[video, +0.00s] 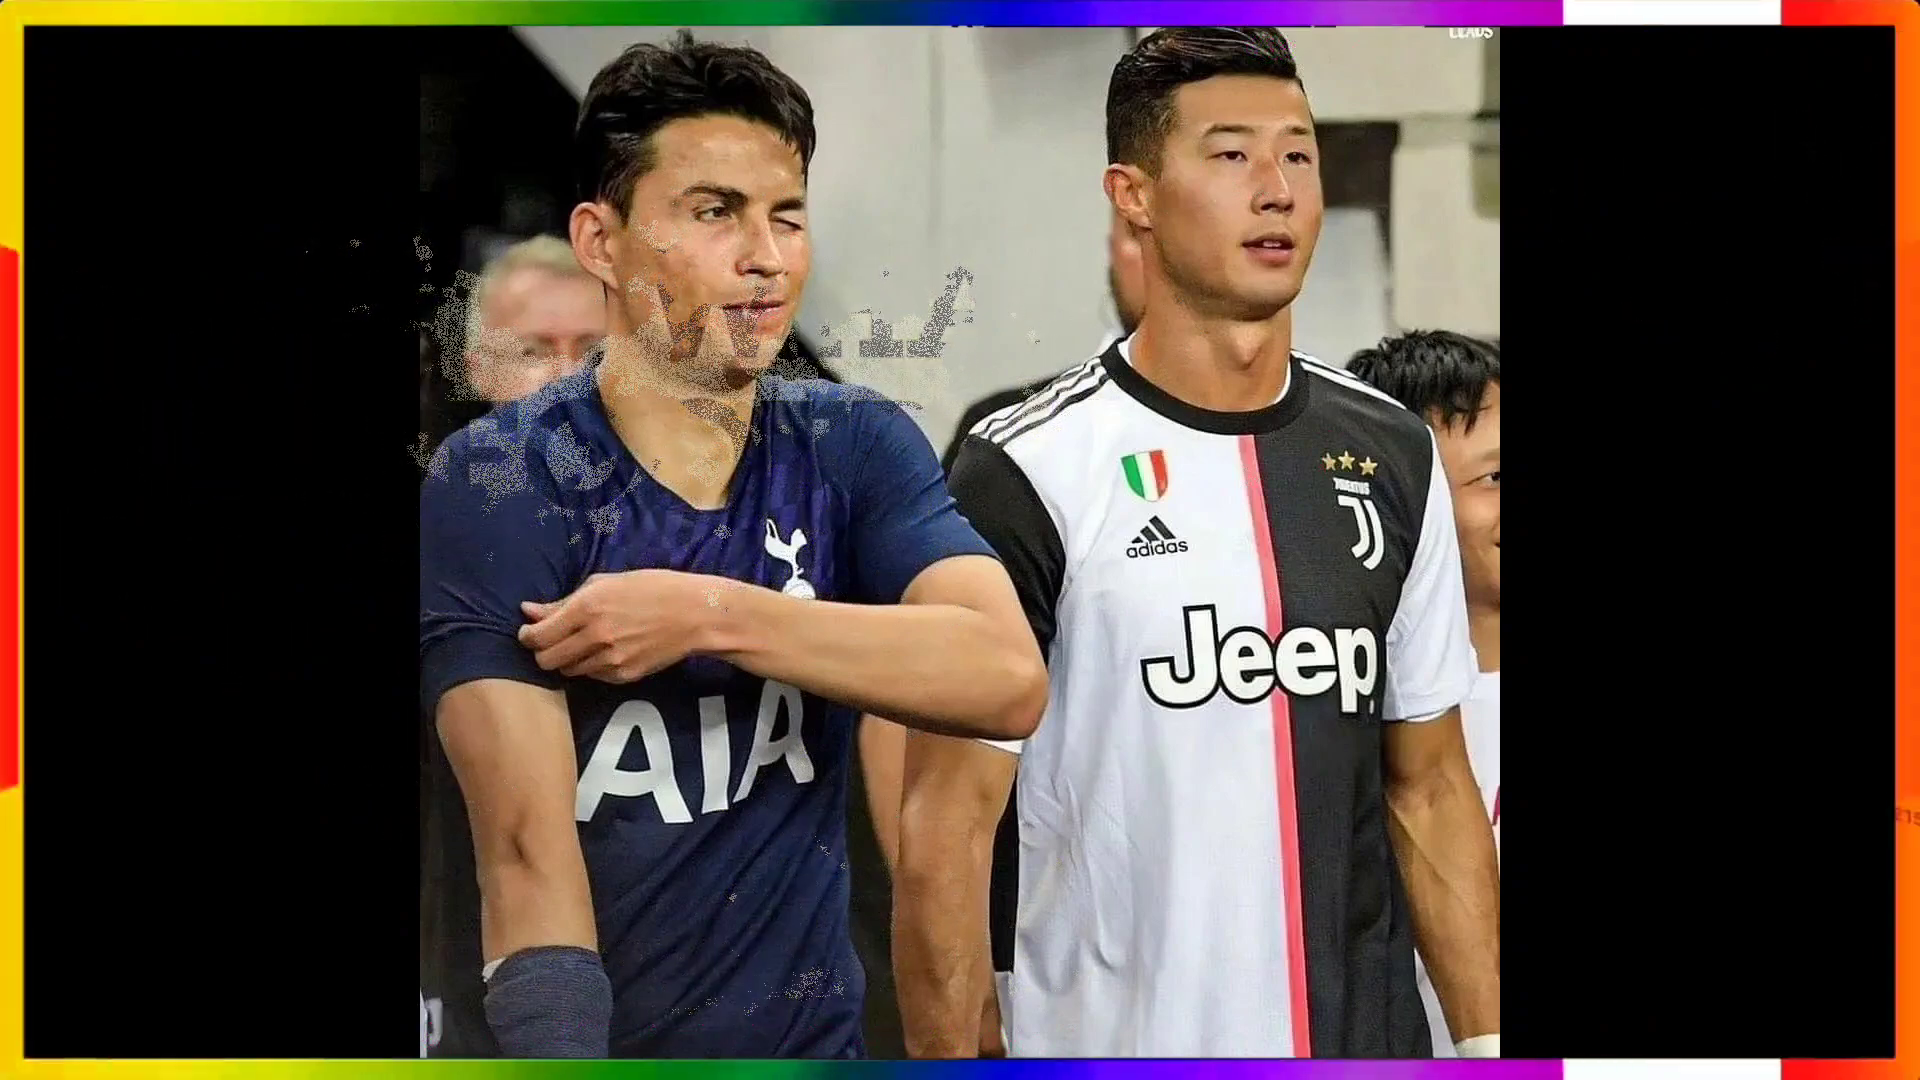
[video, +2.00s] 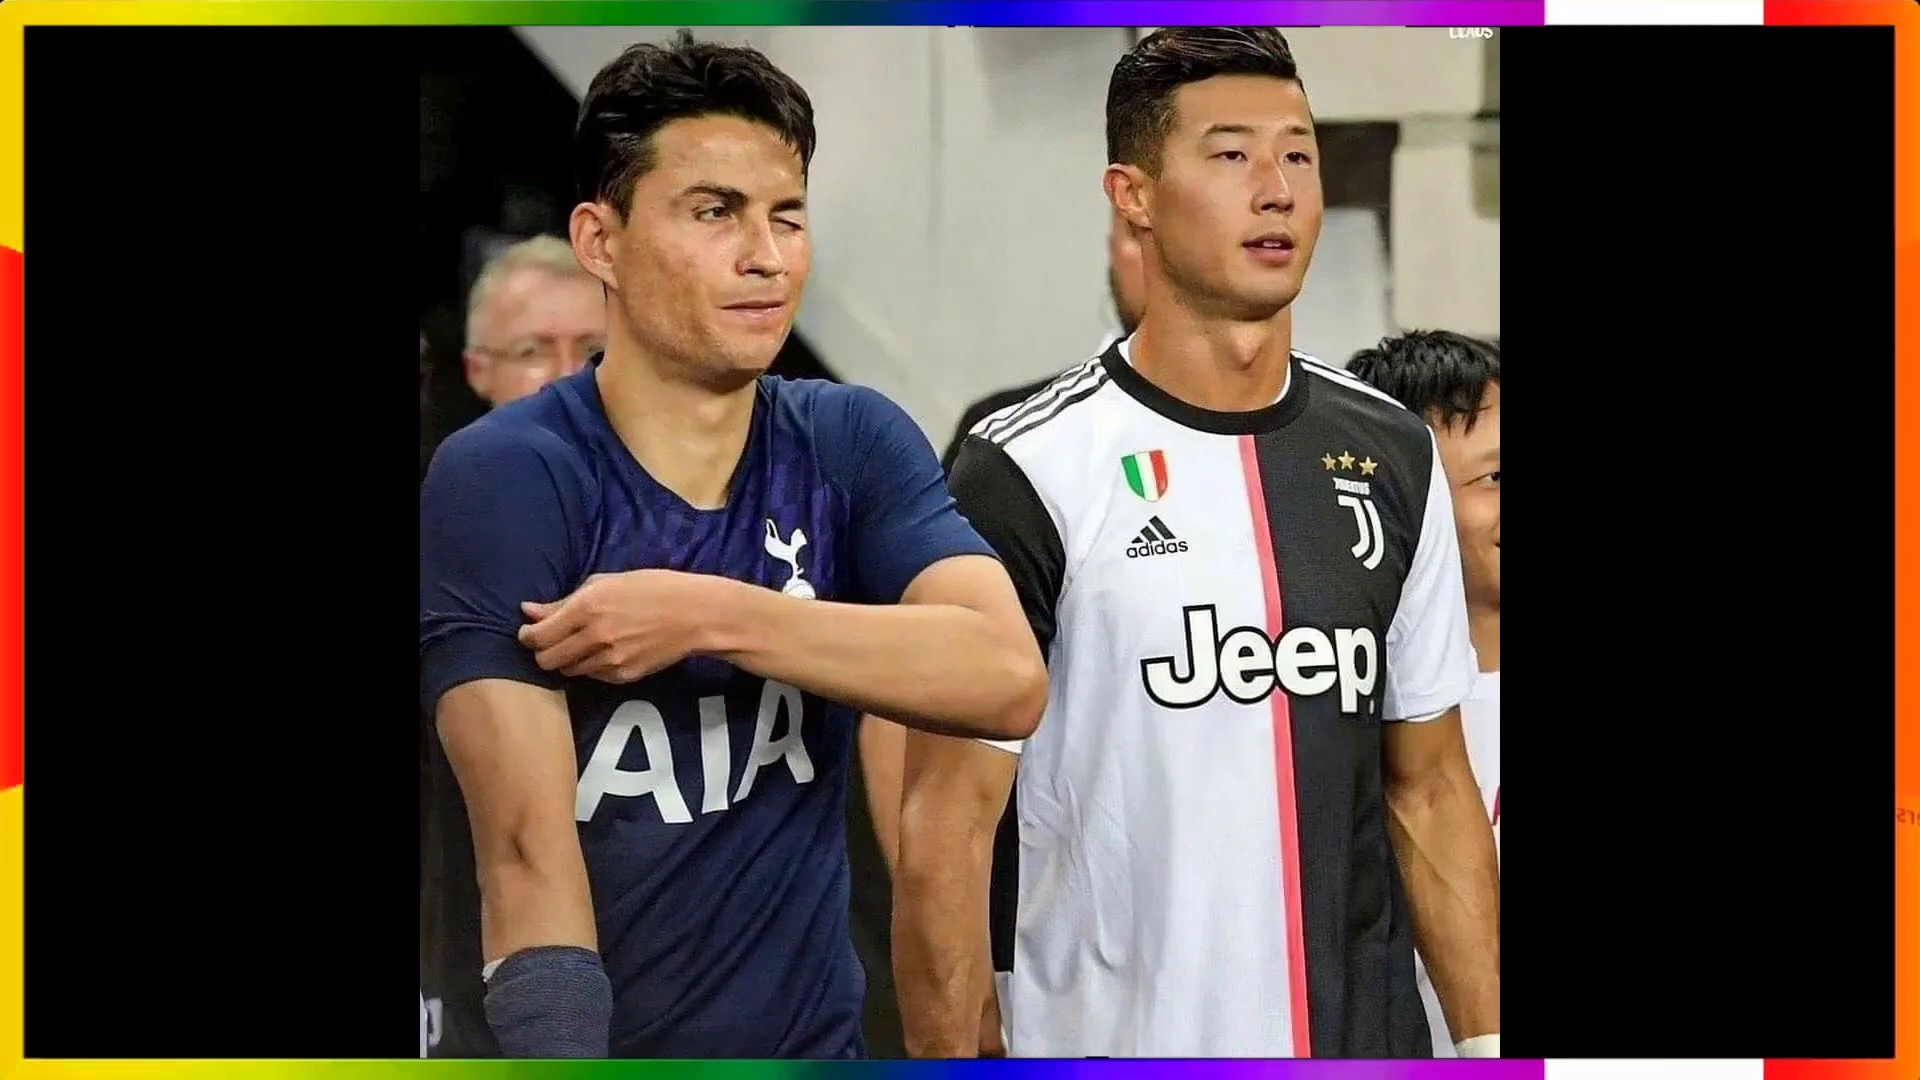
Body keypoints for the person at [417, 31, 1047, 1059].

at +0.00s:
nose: (766, 258)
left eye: (785, 218)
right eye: (712, 213)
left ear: (808, 238)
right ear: (601, 242)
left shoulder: (858, 442)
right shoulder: (491, 481)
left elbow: (1009, 681)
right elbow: (525, 849)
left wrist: (715, 613)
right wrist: (560, 1057)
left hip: (806, 1035)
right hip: (589, 1032)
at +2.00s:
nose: (766, 257)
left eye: (785, 218)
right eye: (712, 212)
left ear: (809, 237)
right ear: (601, 241)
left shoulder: (856, 439)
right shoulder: (499, 476)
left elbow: (1009, 681)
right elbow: (525, 851)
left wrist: (714, 613)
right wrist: (561, 1058)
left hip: (812, 1042)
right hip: (594, 1036)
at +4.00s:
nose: (766, 257)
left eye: (785, 218)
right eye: (712, 212)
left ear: (809, 237)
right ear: (601, 241)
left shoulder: (856, 439)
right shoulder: (499, 476)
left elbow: (1009, 681)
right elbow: (525, 851)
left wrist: (714, 613)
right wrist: (561, 1058)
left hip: (812, 1042)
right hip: (594, 1036)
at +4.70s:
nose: (767, 260)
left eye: (787, 219)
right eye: (715, 212)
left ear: (811, 236)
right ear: (600, 241)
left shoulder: (846, 453)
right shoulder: (497, 475)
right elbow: (524, 855)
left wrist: (708, 619)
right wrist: (560, 1060)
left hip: (813, 1037)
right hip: (602, 1037)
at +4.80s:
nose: (766, 259)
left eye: (788, 220)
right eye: (714, 212)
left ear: (811, 238)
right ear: (600, 241)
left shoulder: (857, 453)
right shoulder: (492, 477)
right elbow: (524, 845)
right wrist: (560, 1053)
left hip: (841, 1030)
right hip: (614, 1034)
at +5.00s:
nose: (766, 257)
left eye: (787, 218)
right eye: (714, 211)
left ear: (809, 234)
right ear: (598, 239)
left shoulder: (830, 461)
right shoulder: (497, 478)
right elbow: (527, 856)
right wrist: (571, 1047)